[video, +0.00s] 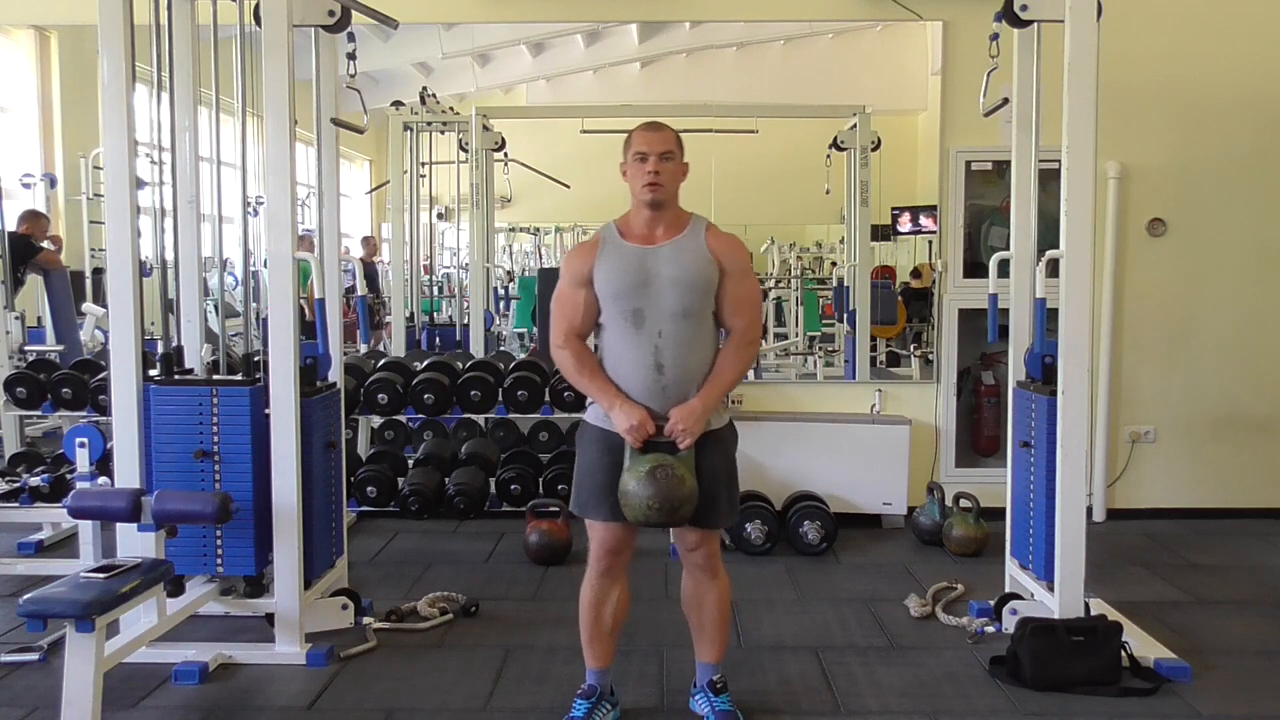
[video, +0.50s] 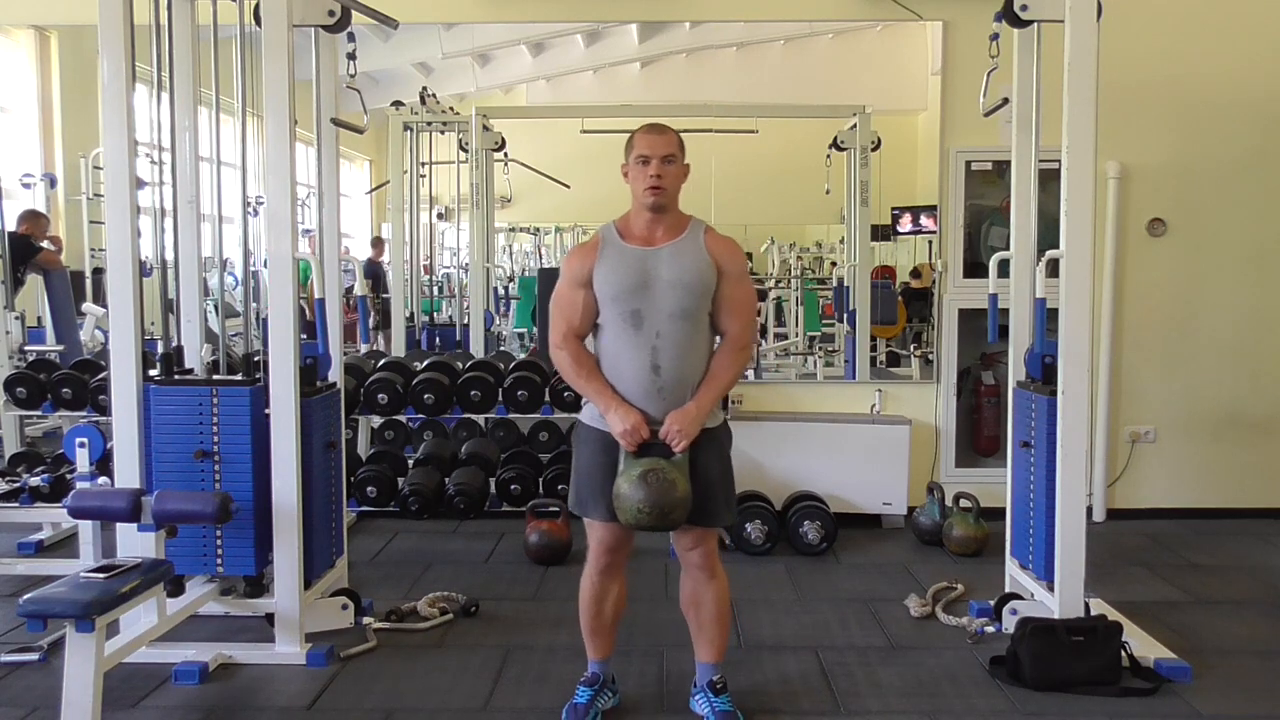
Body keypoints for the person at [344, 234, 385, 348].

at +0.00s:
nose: (376, 247)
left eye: (376, 245)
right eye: (374, 245)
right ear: (365, 247)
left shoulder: (373, 263)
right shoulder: (359, 264)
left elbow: (376, 282)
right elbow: (356, 283)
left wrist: (379, 298)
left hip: (376, 299)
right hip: (364, 300)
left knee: (379, 333)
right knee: (366, 334)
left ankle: (371, 355)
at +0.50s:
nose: (384, 251)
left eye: (384, 247)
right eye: (382, 248)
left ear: (377, 248)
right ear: (376, 248)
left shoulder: (379, 265)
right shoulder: (368, 265)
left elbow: (384, 284)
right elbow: (367, 289)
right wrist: (372, 310)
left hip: (385, 302)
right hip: (375, 303)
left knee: (387, 336)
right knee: (372, 337)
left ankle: (388, 359)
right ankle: (367, 360)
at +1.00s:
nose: (388, 248)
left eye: (390, 245)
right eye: (386, 245)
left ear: (393, 246)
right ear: (382, 247)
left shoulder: (396, 264)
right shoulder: (375, 265)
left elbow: (399, 285)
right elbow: (372, 288)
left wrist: (399, 305)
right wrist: (383, 306)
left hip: (393, 302)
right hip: (380, 303)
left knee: (389, 336)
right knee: (376, 336)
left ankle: (388, 360)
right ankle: (371, 360)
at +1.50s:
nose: (389, 249)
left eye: (390, 245)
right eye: (387, 245)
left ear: (392, 247)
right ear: (380, 247)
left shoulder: (395, 264)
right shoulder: (371, 265)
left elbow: (401, 286)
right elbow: (366, 286)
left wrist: (403, 306)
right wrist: (370, 308)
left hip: (392, 302)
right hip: (376, 301)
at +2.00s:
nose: (360, 248)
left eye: (363, 245)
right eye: (358, 245)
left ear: (369, 246)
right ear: (355, 247)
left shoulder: (377, 265)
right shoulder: (350, 266)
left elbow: (382, 286)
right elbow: (346, 288)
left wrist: (383, 304)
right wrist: (346, 309)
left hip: (372, 300)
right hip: (355, 301)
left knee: (378, 334)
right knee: (355, 336)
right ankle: (355, 361)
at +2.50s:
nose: (343, 248)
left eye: (346, 245)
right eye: (342, 245)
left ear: (353, 246)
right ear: (341, 246)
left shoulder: (360, 263)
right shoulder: (339, 263)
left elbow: (369, 281)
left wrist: (373, 294)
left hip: (356, 302)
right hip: (341, 301)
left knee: (352, 334)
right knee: (342, 334)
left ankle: (353, 362)